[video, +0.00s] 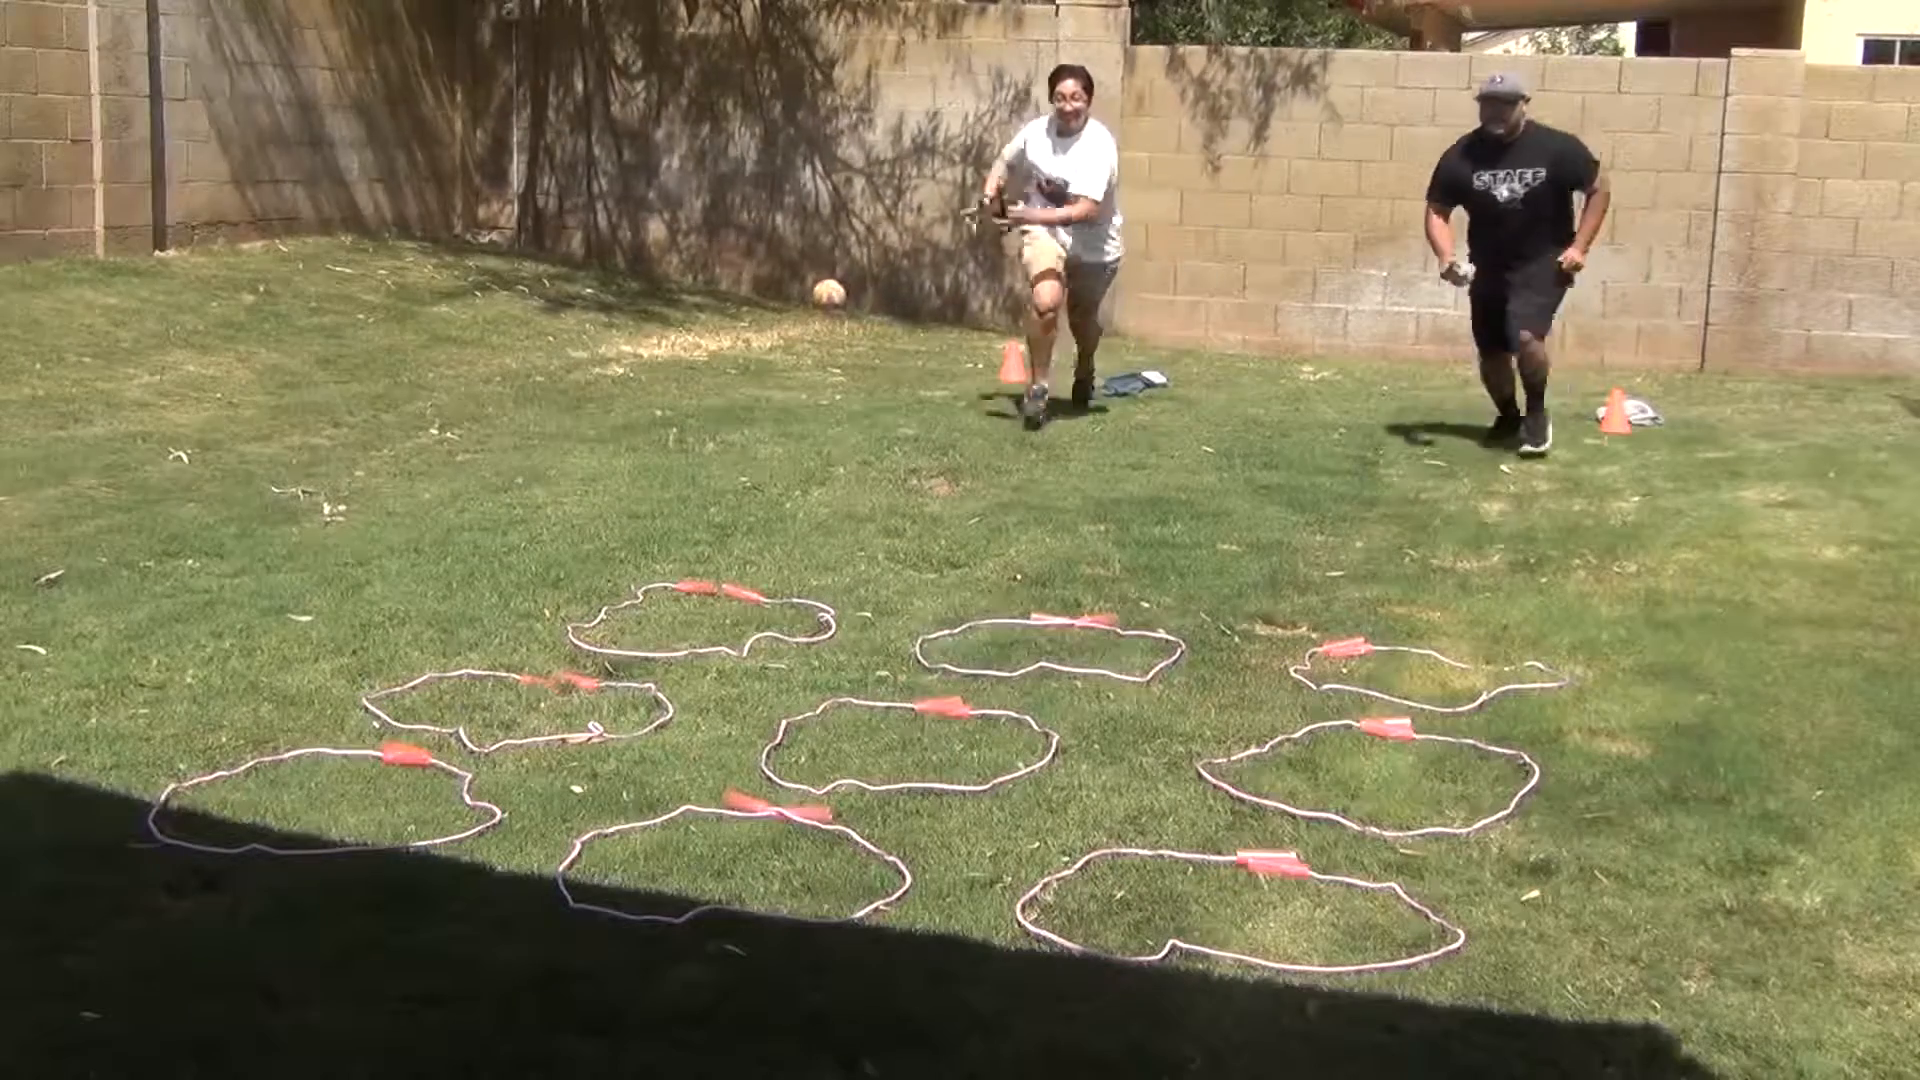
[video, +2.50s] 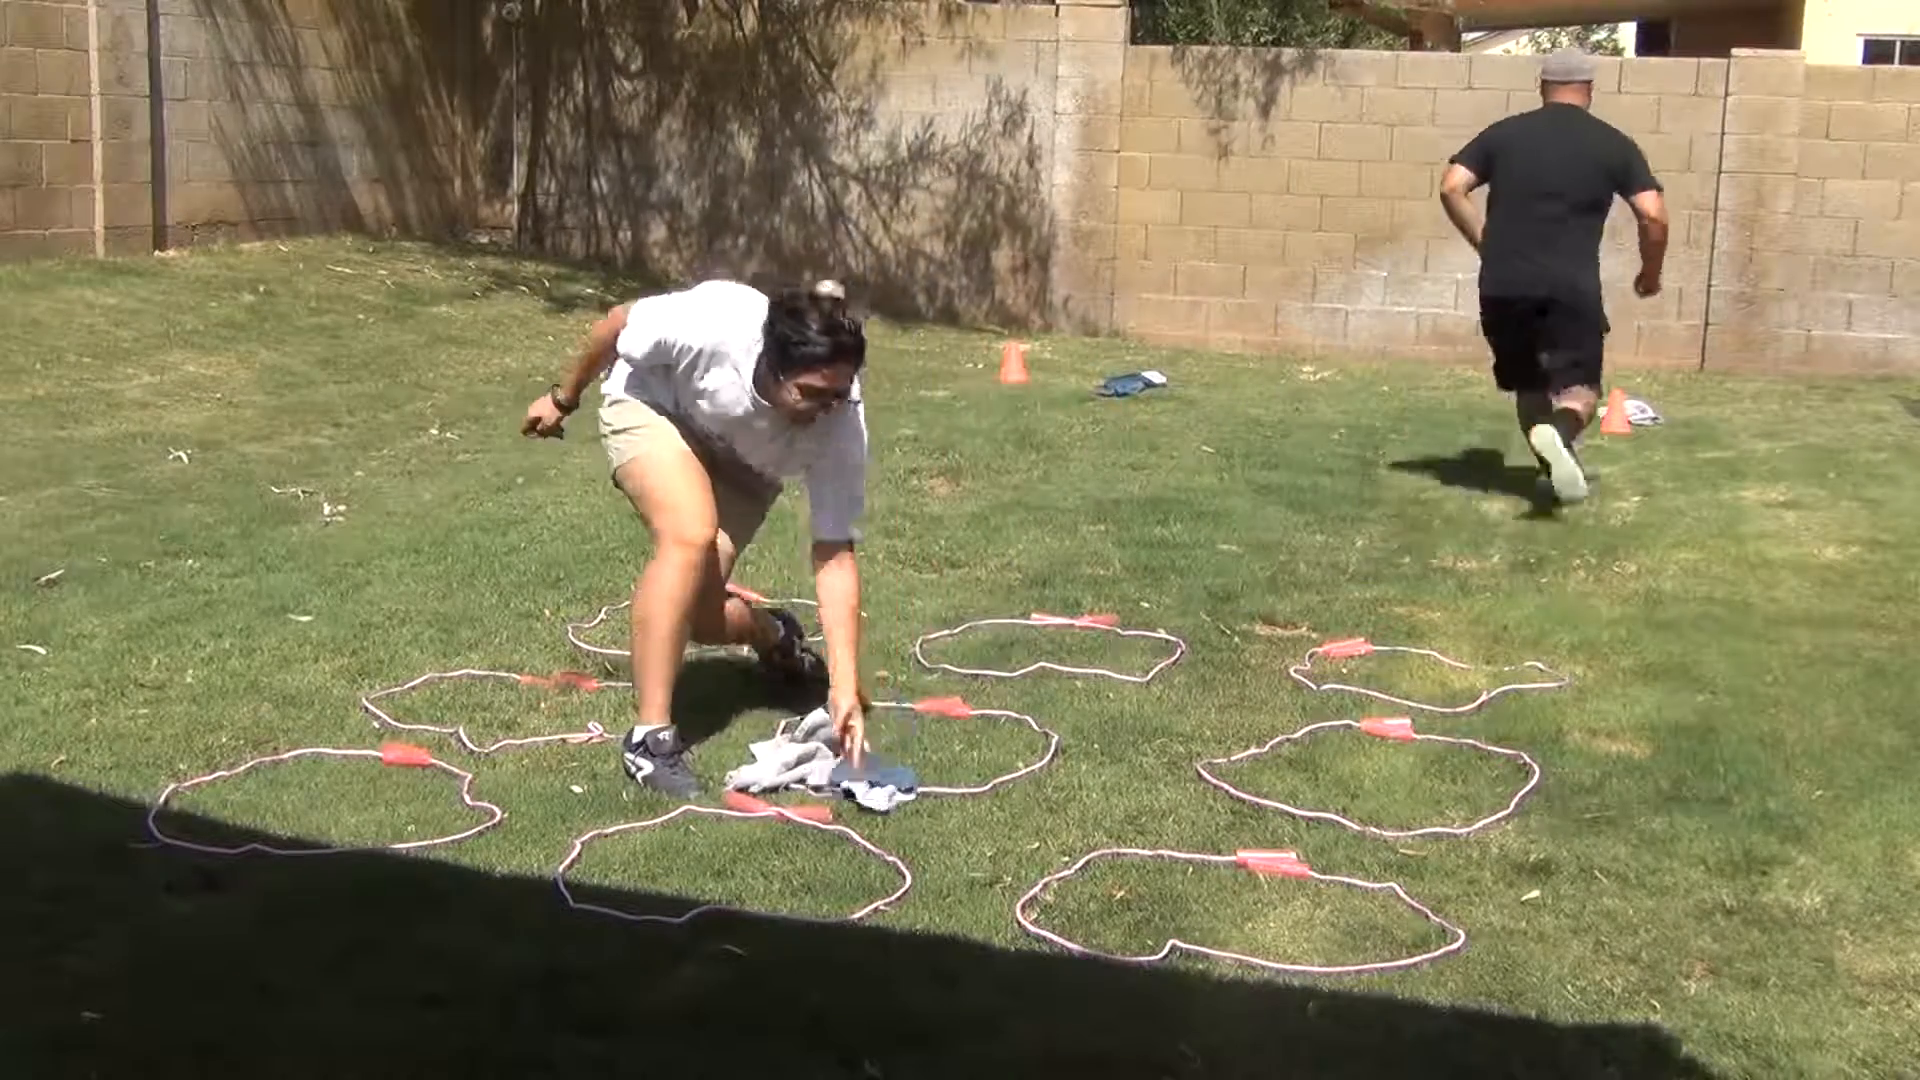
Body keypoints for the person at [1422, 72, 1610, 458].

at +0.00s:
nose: (1495, 113)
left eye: (1504, 105)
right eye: (1488, 104)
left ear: (1523, 107)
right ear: (1479, 106)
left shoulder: (1558, 149)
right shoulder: (1461, 157)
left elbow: (1599, 190)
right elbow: (1436, 213)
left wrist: (1580, 247)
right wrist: (1447, 257)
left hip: (1543, 261)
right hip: (1488, 265)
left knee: (1525, 337)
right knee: (1491, 353)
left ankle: (1536, 414)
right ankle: (1508, 416)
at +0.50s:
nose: (1433, 98)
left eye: (1443, 88)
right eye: (1424, 87)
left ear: (1461, 92)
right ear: (1409, 90)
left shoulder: (1497, 151)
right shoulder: (1379, 156)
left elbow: (1547, 198)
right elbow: (1340, 222)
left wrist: (1556, 259)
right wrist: (1353, 259)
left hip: (1472, 298)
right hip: (1403, 297)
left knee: (1474, 400)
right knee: (1403, 395)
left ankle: (1464, 473)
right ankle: (1402, 500)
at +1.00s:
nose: (1316, 170)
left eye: (1329, 158)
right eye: (1305, 158)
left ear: (1351, 159)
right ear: (1290, 160)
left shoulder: (1384, 198)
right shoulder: (1277, 213)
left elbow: (1419, 266)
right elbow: (1241, 267)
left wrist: (1437, 338)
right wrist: (1204, 306)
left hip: (1359, 355)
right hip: (1286, 353)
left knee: (1411, 451)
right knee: (1282, 441)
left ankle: (1365, 531)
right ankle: (1232, 573)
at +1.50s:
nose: (1358, 176)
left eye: (1372, 167)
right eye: (1349, 163)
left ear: (1391, 166)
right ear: (1331, 154)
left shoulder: (1397, 203)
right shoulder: (1281, 207)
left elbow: (1384, 267)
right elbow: (1216, 290)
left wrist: (1371, 342)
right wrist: (1226, 378)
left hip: (1310, 333)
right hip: (1247, 327)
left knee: (1331, 443)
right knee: (1257, 427)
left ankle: (1219, 469)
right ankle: (1232, 570)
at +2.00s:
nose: (1519, 123)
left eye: (1522, 113)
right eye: (1521, 112)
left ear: (1467, 101)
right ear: (1507, 110)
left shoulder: (1435, 143)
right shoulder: (1467, 148)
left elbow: (1448, 251)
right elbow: (1430, 205)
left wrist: (1514, 277)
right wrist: (1449, 292)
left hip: (1333, 292)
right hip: (1395, 299)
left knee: (1349, 424)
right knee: (1456, 412)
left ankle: (1311, 549)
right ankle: (1407, 519)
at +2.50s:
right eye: (1589, 87)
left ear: (1542, 89)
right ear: (1589, 90)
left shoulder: (1506, 131)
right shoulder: (1611, 142)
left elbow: (1452, 187)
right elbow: (1654, 217)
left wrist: (1485, 242)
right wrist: (1650, 272)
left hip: (1502, 282)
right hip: (1570, 286)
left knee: (1529, 388)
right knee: (1579, 387)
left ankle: (1553, 477)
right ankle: (1557, 434)